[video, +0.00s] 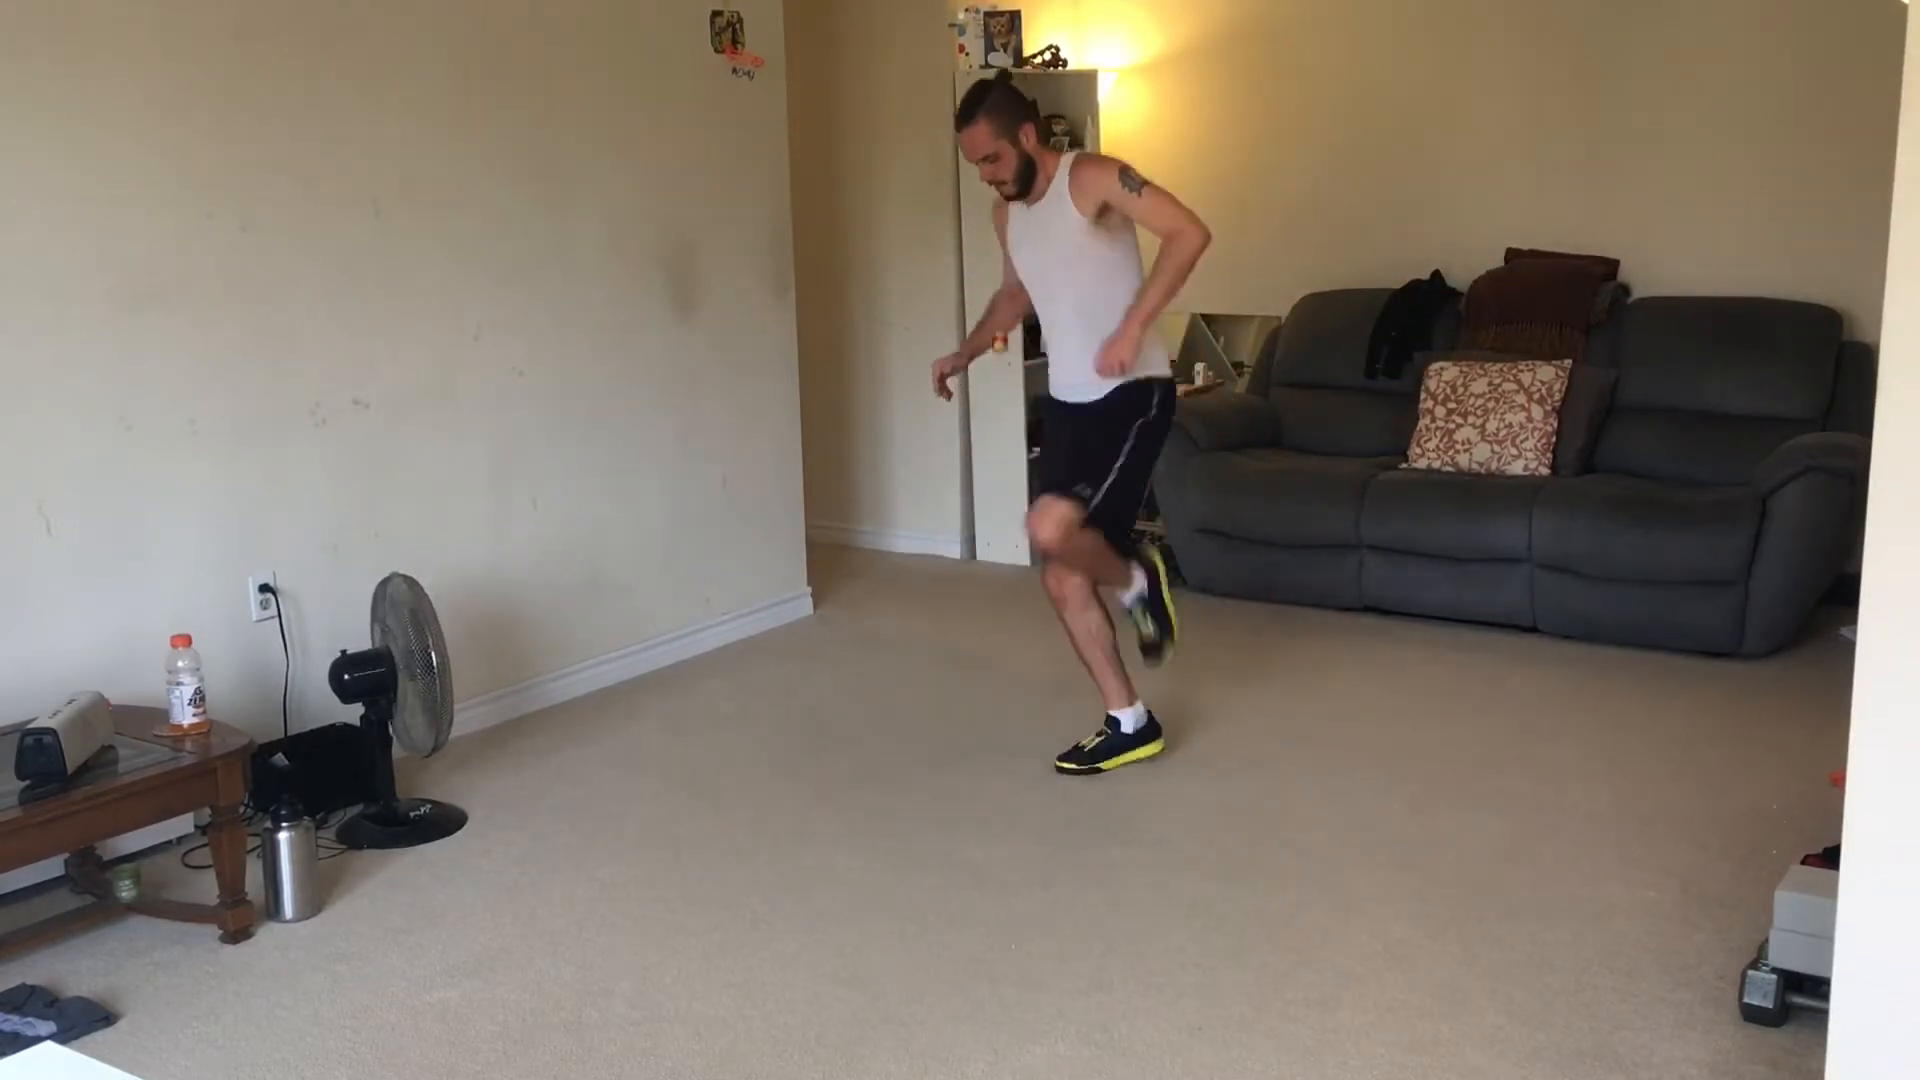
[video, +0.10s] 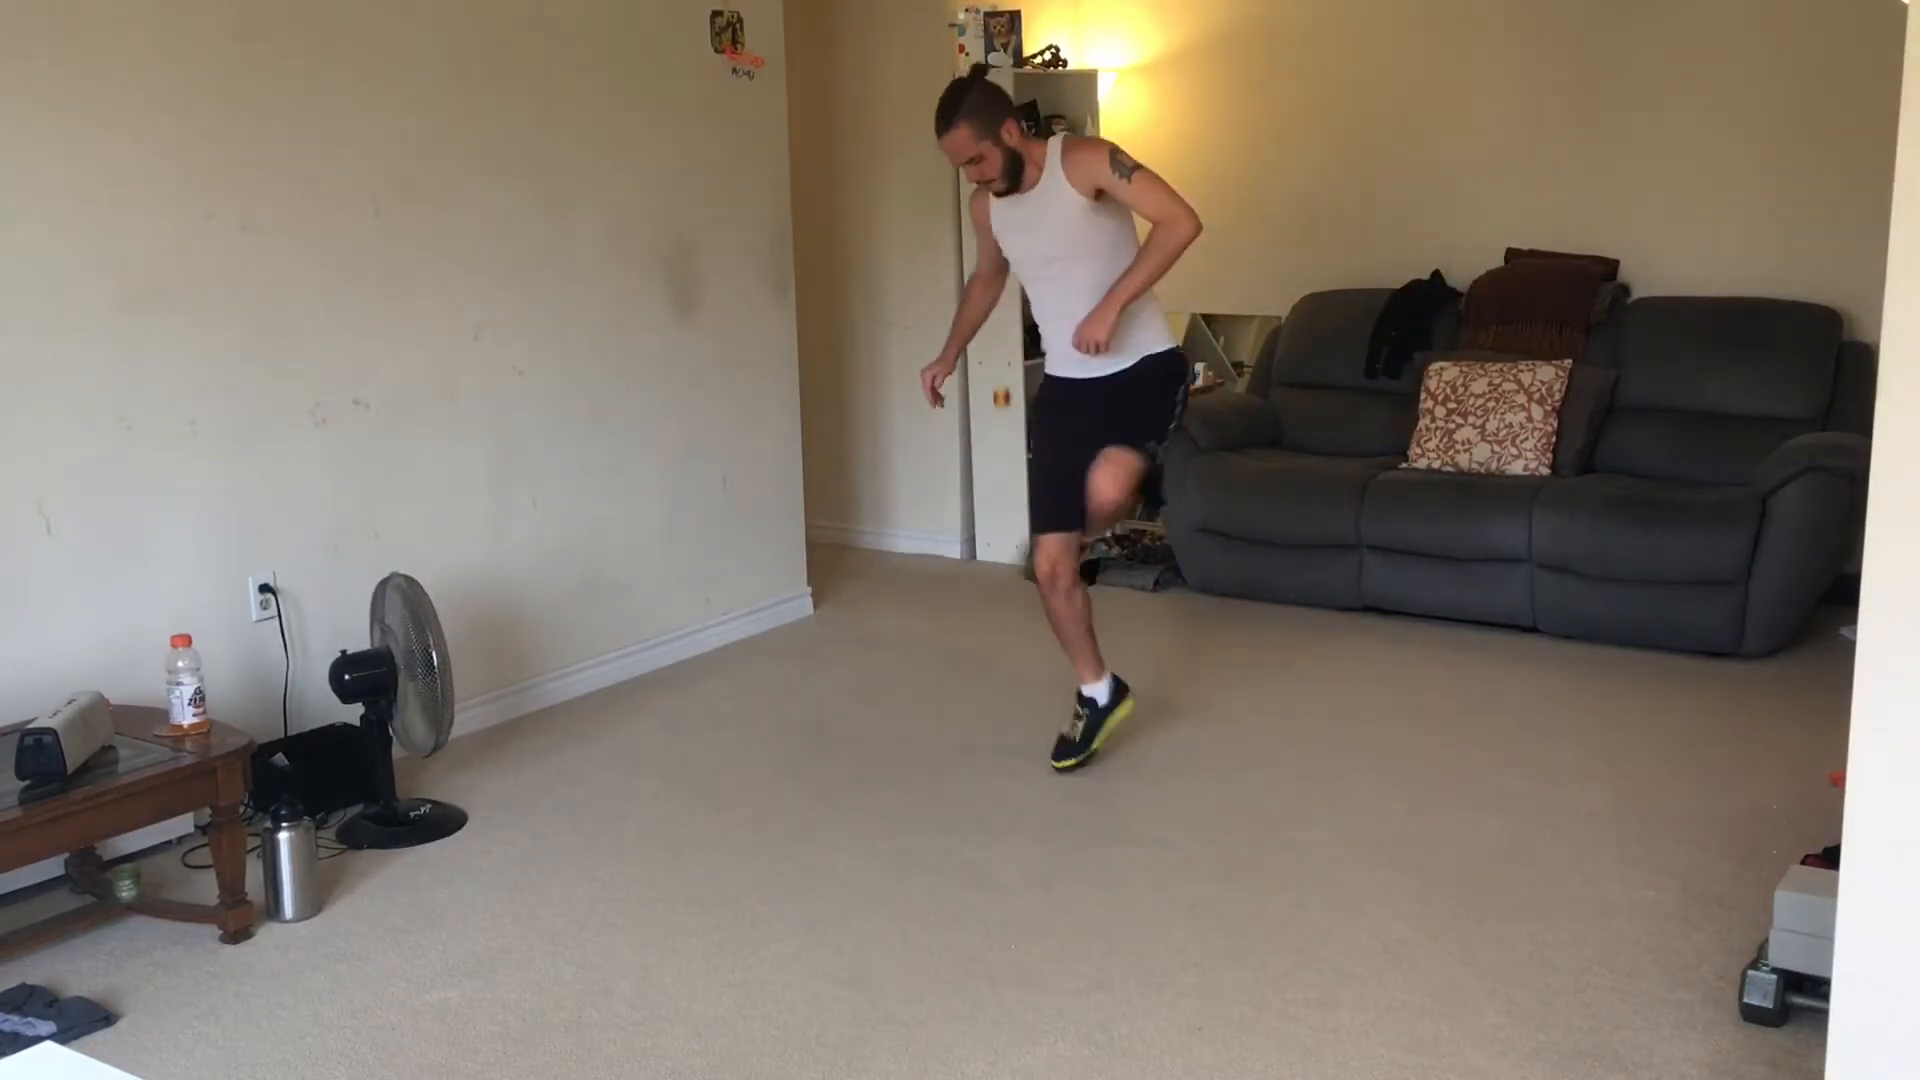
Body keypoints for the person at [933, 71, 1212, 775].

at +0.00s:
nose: (985, 175)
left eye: (991, 158)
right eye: (975, 163)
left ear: (1028, 133)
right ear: (974, 154)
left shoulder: (1093, 178)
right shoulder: (1008, 211)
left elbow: (1188, 233)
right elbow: (1019, 291)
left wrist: (1133, 327)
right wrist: (968, 351)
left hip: (1133, 390)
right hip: (1067, 399)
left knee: (1051, 526)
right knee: (1059, 568)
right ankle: (1129, 720)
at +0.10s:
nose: (971, 176)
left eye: (976, 159)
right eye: (960, 165)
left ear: (1011, 129)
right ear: (958, 152)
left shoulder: (1086, 161)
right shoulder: (988, 204)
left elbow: (1181, 221)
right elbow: (989, 277)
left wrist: (1112, 305)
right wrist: (951, 352)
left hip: (1143, 366)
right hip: (1067, 384)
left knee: (1106, 496)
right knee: (1051, 564)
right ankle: (1099, 693)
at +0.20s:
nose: (960, 213)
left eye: (963, 198)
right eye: (948, 204)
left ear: (996, 166)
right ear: (949, 192)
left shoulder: (1082, 183)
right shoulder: (975, 232)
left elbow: (1187, 235)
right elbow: (959, 307)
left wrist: (1117, 315)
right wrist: (926, 389)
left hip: (1152, 385)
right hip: (1066, 400)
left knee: (1154, 512)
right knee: (1046, 564)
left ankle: (1045, 547)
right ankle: (1073, 695)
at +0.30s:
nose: (962, 264)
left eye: (965, 250)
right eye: (952, 256)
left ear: (996, 216)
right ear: (950, 239)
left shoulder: (1086, 221)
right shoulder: (973, 284)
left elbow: (1192, 253)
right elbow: (935, 360)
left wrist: (1149, 334)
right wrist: (901, 444)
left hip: (1140, 438)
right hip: (1056, 452)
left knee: (1168, 577)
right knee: (1069, 604)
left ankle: (1043, 613)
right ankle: (1081, 741)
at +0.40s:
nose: (968, 287)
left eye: (972, 274)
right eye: (959, 279)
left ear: (1007, 239)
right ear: (954, 262)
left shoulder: (1094, 234)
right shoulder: (973, 304)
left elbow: (1195, 258)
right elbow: (922, 383)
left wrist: (1184, 329)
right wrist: (882, 467)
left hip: (1130, 450)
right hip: (1050, 462)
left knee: (1154, 603)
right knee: (1081, 614)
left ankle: (1029, 674)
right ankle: (1085, 740)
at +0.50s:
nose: (976, 266)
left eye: (983, 252)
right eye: (966, 256)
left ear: (1020, 221)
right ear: (959, 240)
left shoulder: (1097, 226)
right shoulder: (976, 288)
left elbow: (1204, 246)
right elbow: (918, 368)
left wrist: (1193, 308)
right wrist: (882, 451)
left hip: (1111, 444)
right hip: (1038, 453)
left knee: (1131, 609)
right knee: (1080, 609)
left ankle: (998, 694)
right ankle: (1083, 739)